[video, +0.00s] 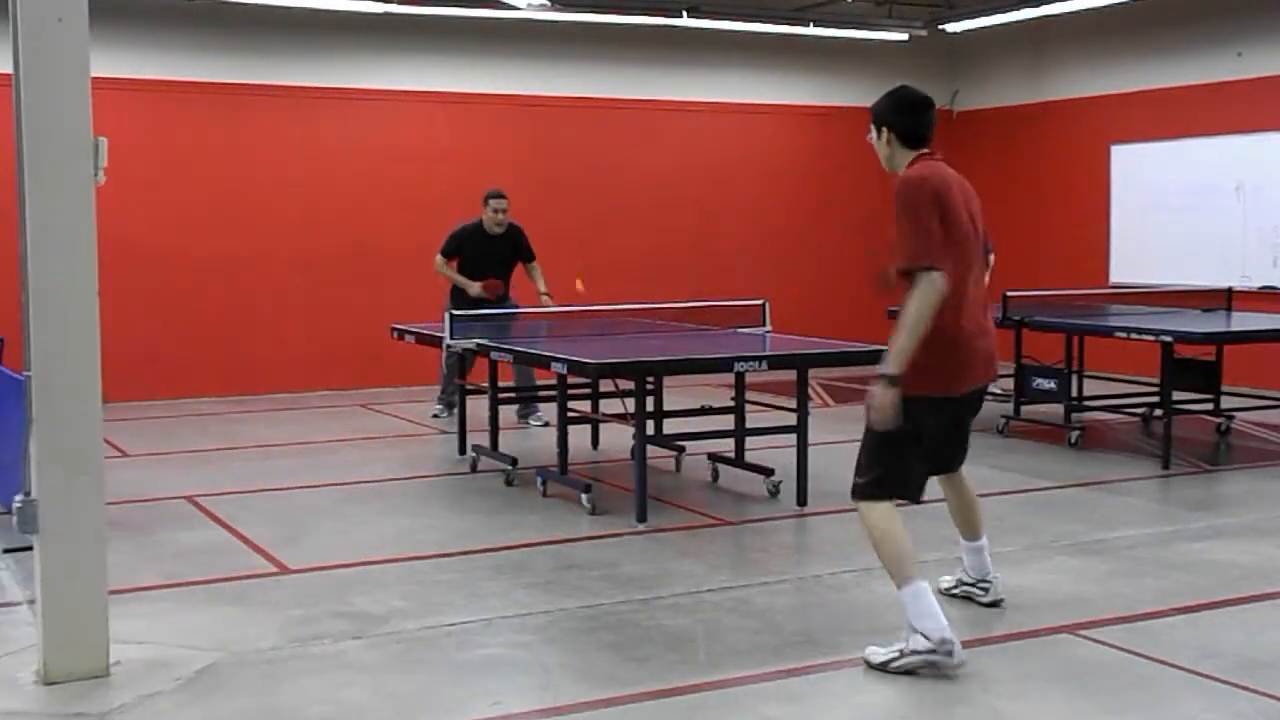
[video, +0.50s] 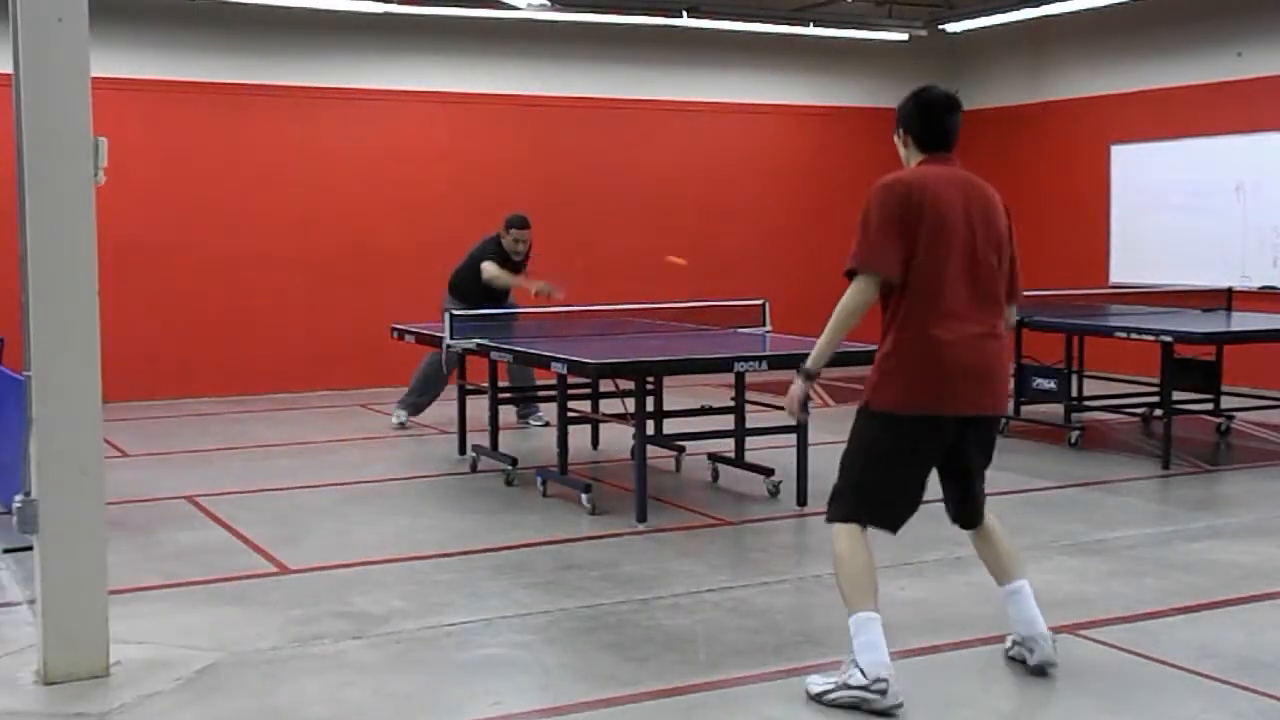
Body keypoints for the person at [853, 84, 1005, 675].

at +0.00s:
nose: (870, 140)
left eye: (871, 131)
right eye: (873, 130)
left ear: (885, 135)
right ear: (926, 134)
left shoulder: (916, 183)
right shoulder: (955, 181)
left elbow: (934, 279)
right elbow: (983, 262)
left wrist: (888, 373)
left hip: (926, 371)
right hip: (969, 366)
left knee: (873, 496)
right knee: (947, 464)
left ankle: (930, 634)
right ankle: (979, 575)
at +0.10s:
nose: (876, 139)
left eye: (875, 129)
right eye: (876, 129)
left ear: (887, 130)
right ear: (934, 128)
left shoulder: (905, 179)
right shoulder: (966, 183)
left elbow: (905, 274)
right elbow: (994, 279)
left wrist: (851, 360)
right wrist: (937, 330)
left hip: (916, 372)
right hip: (970, 371)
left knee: (871, 501)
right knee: (953, 471)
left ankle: (932, 640)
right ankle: (989, 589)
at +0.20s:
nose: (882, 125)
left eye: (882, 116)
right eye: (883, 116)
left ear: (893, 117)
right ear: (943, 116)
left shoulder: (907, 164)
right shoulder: (974, 171)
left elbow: (904, 258)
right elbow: (988, 272)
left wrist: (832, 337)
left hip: (919, 362)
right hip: (976, 361)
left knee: (871, 493)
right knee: (960, 478)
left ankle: (931, 637)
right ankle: (1013, 609)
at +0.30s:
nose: (890, 123)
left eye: (889, 114)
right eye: (891, 114)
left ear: (899, 115)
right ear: (950, 114)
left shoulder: (910, 162)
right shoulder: (982, 171)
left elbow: (902, 256)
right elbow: (988, 272)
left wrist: (825, 329)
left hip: (921, 354)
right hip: (989, 356)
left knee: (853, 481)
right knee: (971, 492)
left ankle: (911, 623)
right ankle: (1034, 631)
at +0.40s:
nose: (894, 131)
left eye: (893, 123)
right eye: (896, 122)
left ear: (903, 124)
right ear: (953, 123)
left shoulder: (906, 176)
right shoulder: (988, 181)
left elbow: (887, 267)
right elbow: (1003, 277)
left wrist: (816, 347)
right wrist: (953, 324)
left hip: (920, 369)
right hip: (992, 370)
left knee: (850, 495)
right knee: (974, 502)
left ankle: (877, 647)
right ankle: (1035, 637)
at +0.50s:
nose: (895, 144)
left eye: (895, 135)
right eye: (899, 135)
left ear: (904, 138)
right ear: (954, 137)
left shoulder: (896, 191)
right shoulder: (990, 198)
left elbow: (867, 283)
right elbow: (1008, 303)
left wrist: (811, 368)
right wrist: (981, 368)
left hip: (912, 383)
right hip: (986, 386)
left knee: (848, 514)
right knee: (973, 507)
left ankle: (870, 669)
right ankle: (1033, 635)